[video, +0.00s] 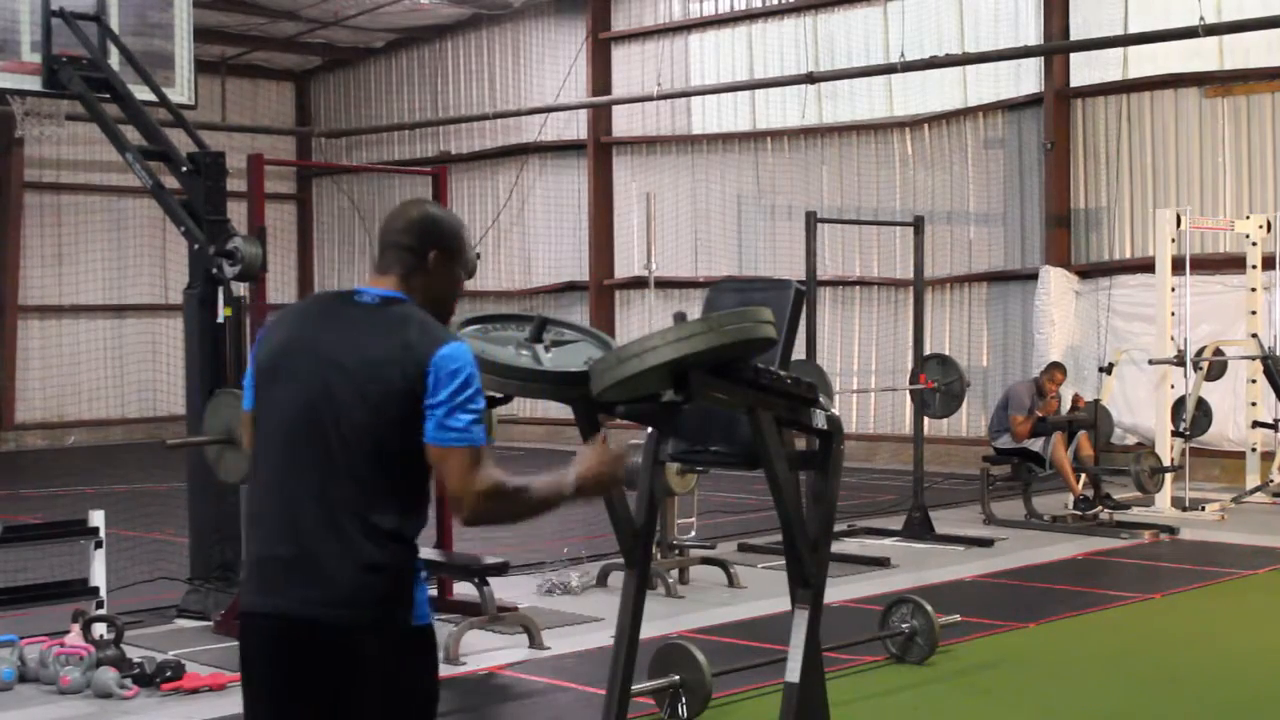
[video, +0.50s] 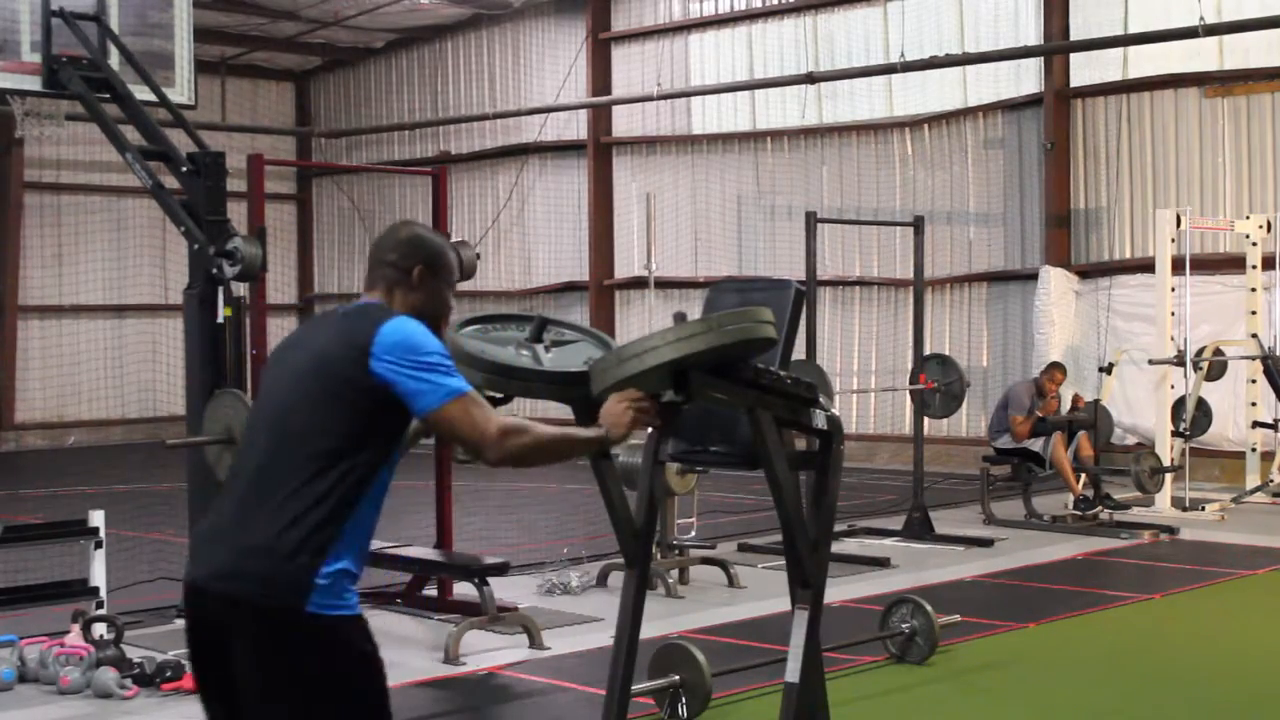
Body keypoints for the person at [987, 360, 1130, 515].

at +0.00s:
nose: (1054, 389)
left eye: (1058, 385)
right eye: (1051, 382)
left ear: (1061, 385)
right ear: (1041, 375)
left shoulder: (1051, 396)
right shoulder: (1020, 392)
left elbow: (1054, 427)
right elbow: (1018, 435)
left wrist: (1073, 412)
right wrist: (1040, 412)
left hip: (1029, 438)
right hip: (1004, 439)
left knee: (1080, 435)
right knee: (1055, 439)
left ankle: (1099, 494)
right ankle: (1079, 498)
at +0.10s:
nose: (1054, 389)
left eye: (1058, 385)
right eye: (1051, 382)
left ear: (1061, 385)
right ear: (1041, 375)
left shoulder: (1051, 396)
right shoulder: (1020, 391)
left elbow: (1053, 427)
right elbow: (1018, 435)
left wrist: (1073, 412)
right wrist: (1040, 412)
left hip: (1029, 438)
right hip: (1004, 439)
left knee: (1080, 436)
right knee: (1055, 439)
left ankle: (1099, 494)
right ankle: (1079, 498)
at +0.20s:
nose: (1053, 388)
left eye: (1058, 385)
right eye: (1051, 382)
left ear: (1061, 385)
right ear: (1041, 375)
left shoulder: (1051, 396)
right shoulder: (1020, 392)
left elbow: (1054, 427)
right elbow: (1019, 435)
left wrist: (1073, 412)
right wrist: (1040, 412)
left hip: (1029, 439)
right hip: (1004, 440)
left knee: (1080, 436)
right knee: (1055, 439)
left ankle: (1099, 494)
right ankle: (1079, 498)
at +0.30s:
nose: (1054, 388)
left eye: (1058, 385)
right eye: (1051, 382)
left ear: (1061, 385)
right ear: (1041, 375)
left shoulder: (1050, 395)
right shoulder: (1020, 392)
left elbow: (1053, 426)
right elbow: (1018, 435)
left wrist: (1073, 412)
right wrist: (1040, 412)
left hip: (1029, 438)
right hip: (1004, 440)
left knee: (1080, 436)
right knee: (1055, 439)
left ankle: (1099, 494)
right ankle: (1079, 498)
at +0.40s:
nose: (1054, 388)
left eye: (1058, 385)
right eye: (1051, 382)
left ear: (1061, 385)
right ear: (1041, 375)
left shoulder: (1050, 395)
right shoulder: (1020, 392)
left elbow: (1053, 426)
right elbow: (1018, 435)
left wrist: (1073, 412)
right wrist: (1040, 412)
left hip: (1029, 438)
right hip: (1004, 440)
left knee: (1080, 436)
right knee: (1055, 439)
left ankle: (1099, 494)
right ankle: (1079, 498)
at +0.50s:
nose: (1054, 388)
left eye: (1058, 385)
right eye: (1051, 382)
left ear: (1061, 385)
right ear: (1041, 375)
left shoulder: (1050, 395)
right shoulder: (1020, 392)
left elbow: (1053, 426)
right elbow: (1018, 435)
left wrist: (1073, 412)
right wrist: (1040, 412)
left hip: (1029, 438)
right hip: (1004, 440)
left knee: (1080, 436)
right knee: (1055, 439)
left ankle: (1099, 494)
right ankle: (1079, 498)